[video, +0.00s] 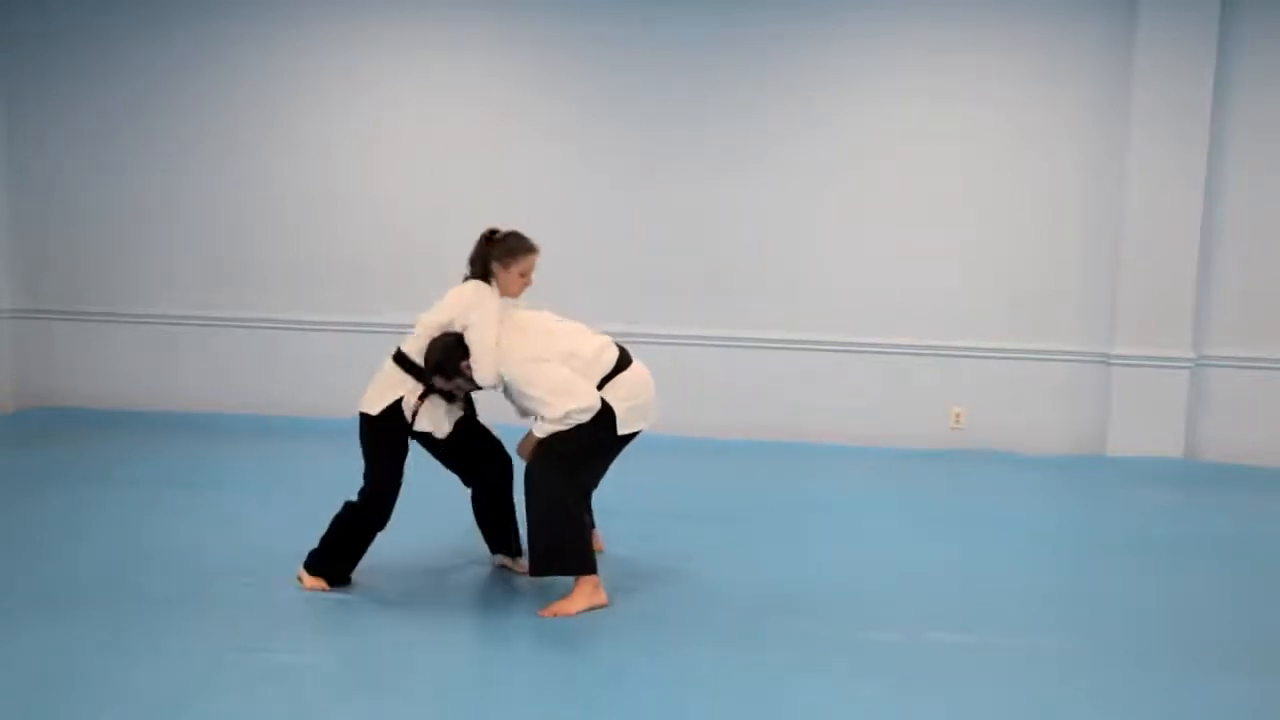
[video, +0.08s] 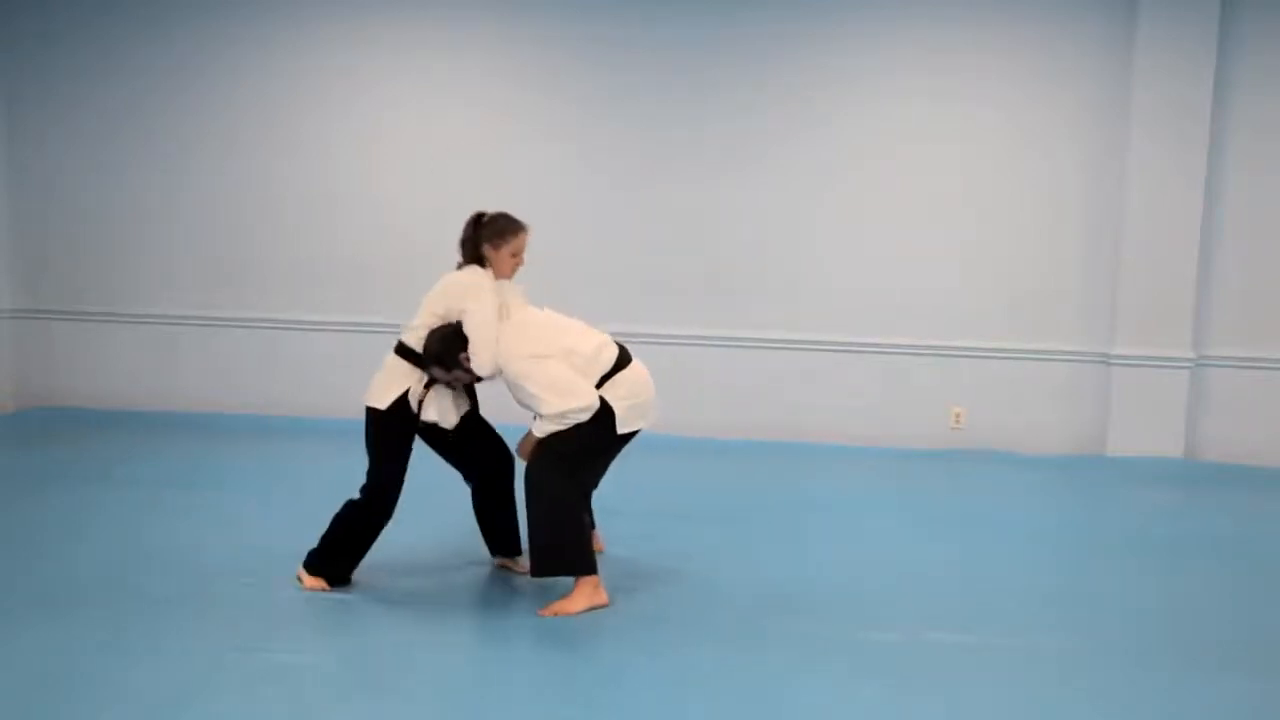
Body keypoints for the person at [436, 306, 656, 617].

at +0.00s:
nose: (461, 390)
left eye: (455, 385)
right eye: (452, 386)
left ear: (466, 367)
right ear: (464, 354)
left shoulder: (511, 359)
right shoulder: (497, 328)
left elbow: (583, 403)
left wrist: (536, 435)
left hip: (619, 396)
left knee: (549, 469)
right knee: (558, 459)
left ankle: (588, 585)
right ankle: (584, 535)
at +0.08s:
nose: (456, 383)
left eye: (452, 377)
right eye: (450, 379)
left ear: (464, 360)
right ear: (465, 345)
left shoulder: (513, 356)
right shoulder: (506, 324)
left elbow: (580, 403)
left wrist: (536, 435)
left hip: (618, 395)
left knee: (549, 471)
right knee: (559, 461)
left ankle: (588, 586)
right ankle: (584, 536)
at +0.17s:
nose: (458, 372)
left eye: (453, 366)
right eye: (452, 368)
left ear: (465, 349)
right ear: (468, 335)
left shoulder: (515, 352)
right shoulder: (513, 320)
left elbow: (580, 403)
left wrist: (537, 436)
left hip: (618, 397)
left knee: (551, 475)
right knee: (560, 463)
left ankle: (588, 586)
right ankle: (586, 535)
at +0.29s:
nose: (450, 364)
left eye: (450, 356)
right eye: (443, 357)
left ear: (469, 339)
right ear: (469, 331)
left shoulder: (518, 349)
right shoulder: (506, 321)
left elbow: (579, 404)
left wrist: (535, 436)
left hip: (616, 396)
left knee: (551, 474)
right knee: (559, 464)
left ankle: (589, 586)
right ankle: (585, 536)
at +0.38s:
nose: (451, 355)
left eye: (449, 347)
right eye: (445, 349)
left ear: (465, 332)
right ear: (471, 320)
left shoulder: (517, 345)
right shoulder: (504, 320)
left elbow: (580, 404)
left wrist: (535, 435)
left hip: (615, 396)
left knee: (551, 473)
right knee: (554, 463)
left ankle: (589, 586)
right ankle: (583, 536)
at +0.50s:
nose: (446, 352)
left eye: (445, 343)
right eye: (439, 345)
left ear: (464, 327)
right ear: (469, 315)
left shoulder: (514, 345)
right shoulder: (506, 318)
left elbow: (576, 406)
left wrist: (532, 437)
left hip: (612, 398)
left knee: (546, 473)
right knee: (550, 459)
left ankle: (588, 586)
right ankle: (583, 535)